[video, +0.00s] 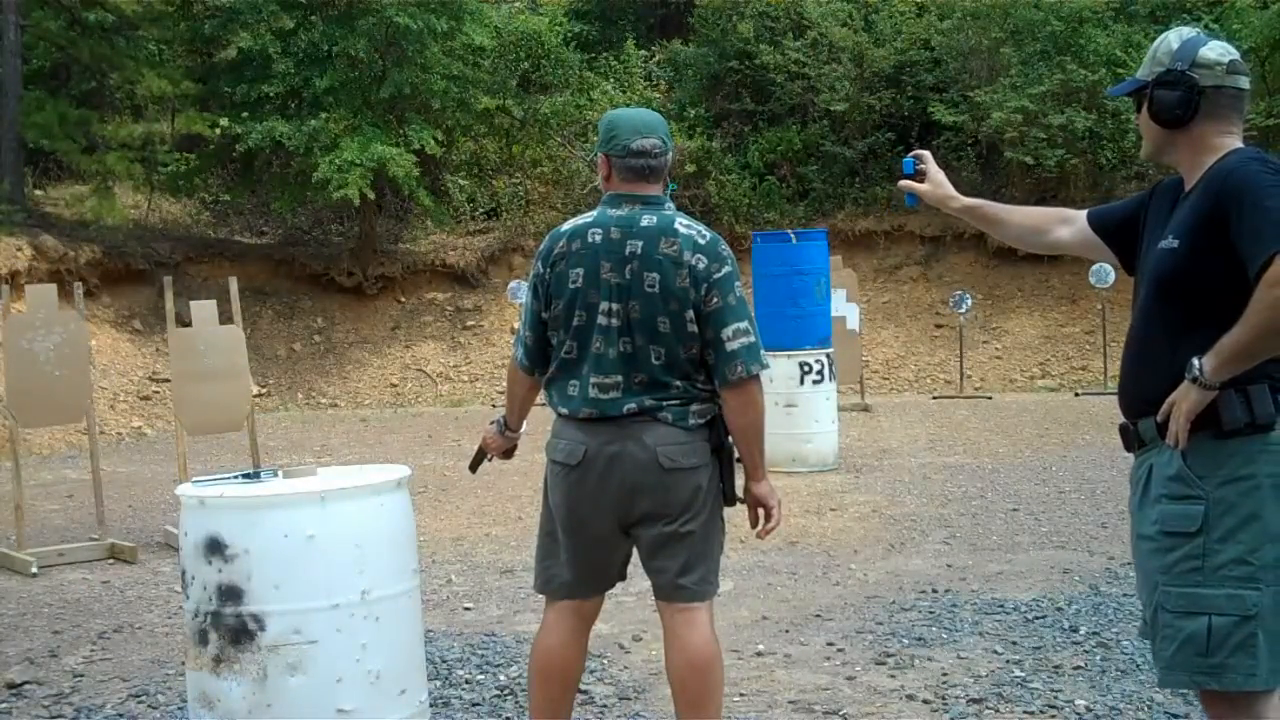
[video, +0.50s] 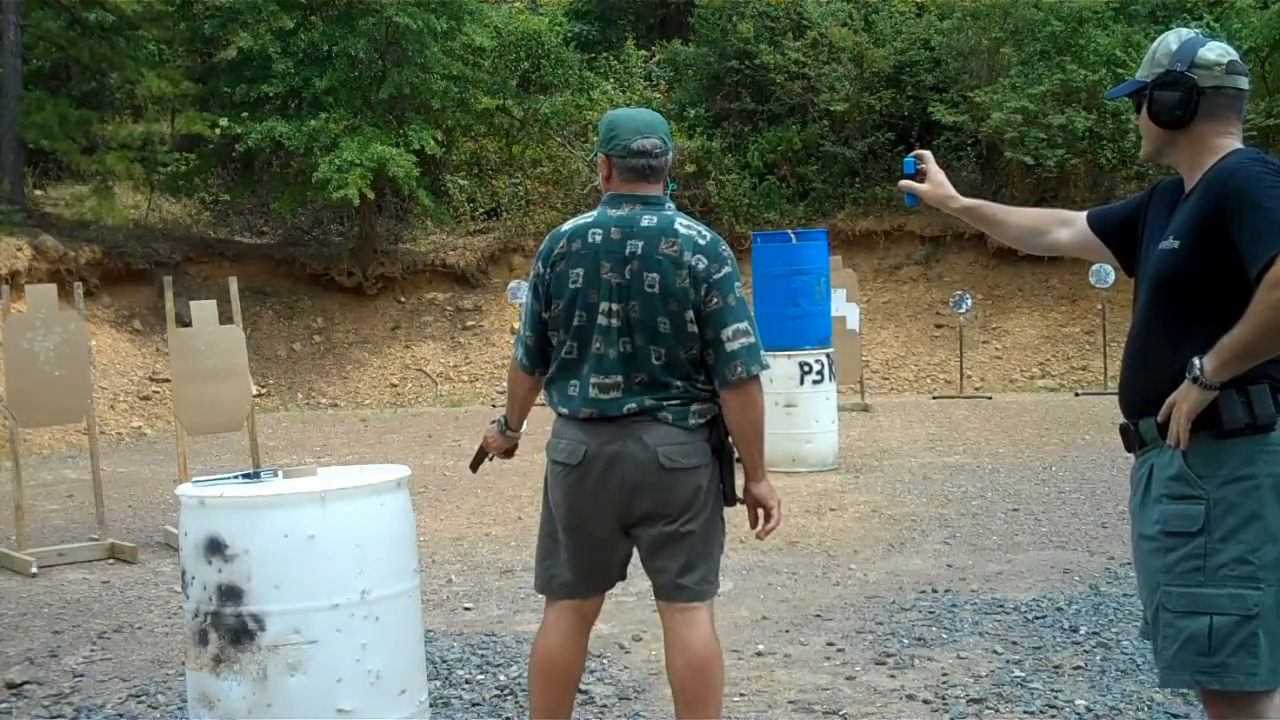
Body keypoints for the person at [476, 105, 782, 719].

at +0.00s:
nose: (597, 170)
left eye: (598, 162)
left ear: (605, 169)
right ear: (669, 168)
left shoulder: (561, 244)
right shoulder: (704, 248)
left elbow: (530, 356)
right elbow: (739, 375)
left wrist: (508, 426)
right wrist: (756, 473)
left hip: (582, 452)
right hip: (678, 452)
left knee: (568, 607)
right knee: (687, 609)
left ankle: (547, 715)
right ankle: (701, 715)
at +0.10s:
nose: (597, 169)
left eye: (598, 162)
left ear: (605, 169)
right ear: (669, 168)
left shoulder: (562, 244)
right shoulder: (704, 248)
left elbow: (530, 357)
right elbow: (739, 375)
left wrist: (508, 426)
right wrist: (756, 473)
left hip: (582, 452)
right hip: (678, 452)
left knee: (568, 607)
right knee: (687, 609)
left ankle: (547, 715)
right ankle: (701, 715)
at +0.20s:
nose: (597, 170)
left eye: (598, 162)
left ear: (605, 168)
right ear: (669, 168)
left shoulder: (562, 244)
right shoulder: (704, 248)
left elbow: (530, 358)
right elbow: (739, 375)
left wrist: (509, 425)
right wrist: (756, 473)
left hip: (582, 452)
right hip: (678, 452)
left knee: (568, 607)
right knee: (687, 609)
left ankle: (547, 715)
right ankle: (701, 715)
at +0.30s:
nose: (596, 170)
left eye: (597, 162)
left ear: (605, 169)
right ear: (668, 169)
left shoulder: (562, 244)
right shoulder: (704, 248)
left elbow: (530, 359)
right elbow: (739, 375)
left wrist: (509, 425)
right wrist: (756, 473)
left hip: (582, 452)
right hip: (677, 453)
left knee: (568, 607)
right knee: (688, 610)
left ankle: (547, 715)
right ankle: (700, 715)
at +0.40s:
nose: (597, 171)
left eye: (598, 163)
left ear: (605, 169)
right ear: (669, 169)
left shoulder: (561, 244)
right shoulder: (704, 248)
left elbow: (530, 357)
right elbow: (738, 375)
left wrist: (509, 425)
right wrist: (756, 473)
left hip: (582, 452)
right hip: (678, 452)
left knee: (568, 607)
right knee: (688, 610)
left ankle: (547, 715)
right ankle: (700, 715)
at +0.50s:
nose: (597, 171)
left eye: (598, 163)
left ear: (605, 169)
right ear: (669, 169)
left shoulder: (561, 244)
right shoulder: (704, 248)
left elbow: (530, 357)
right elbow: (738, 375)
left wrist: (509, 425)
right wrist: (756, 473)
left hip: (582, 452)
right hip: (678, 452)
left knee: (568, 607)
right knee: (688, 610)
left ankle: (547, 715)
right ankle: (700, 715)